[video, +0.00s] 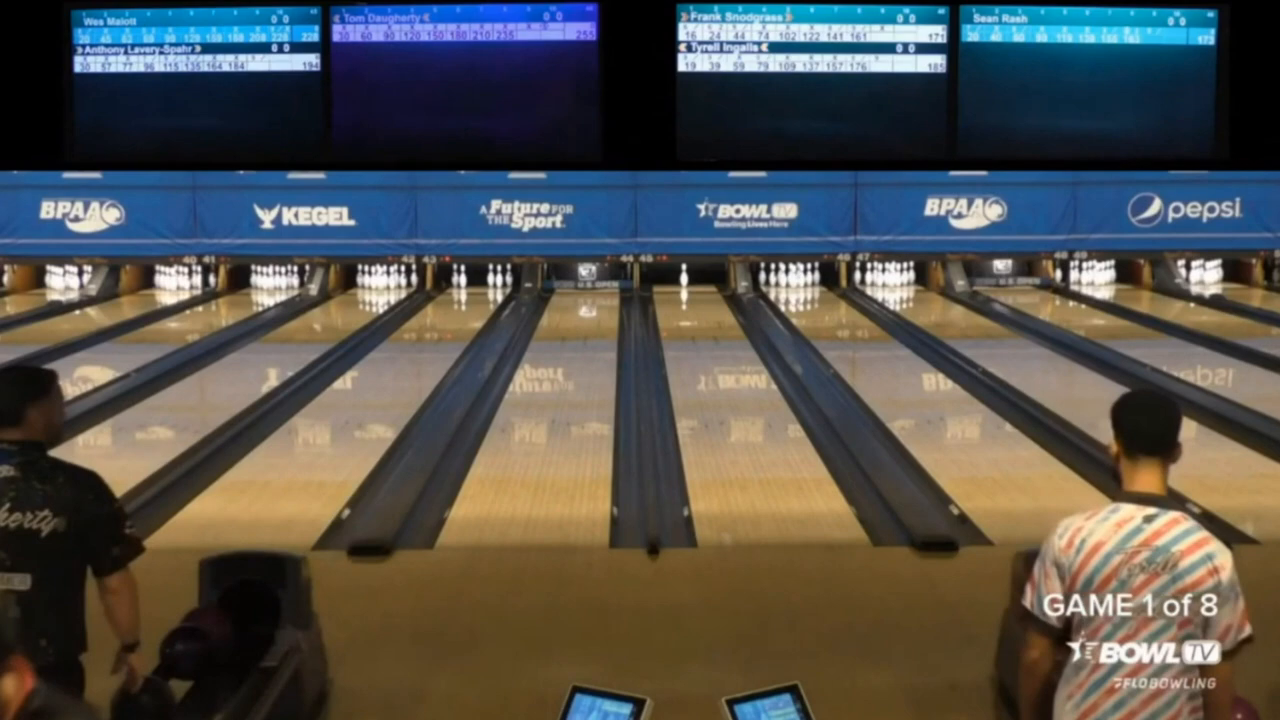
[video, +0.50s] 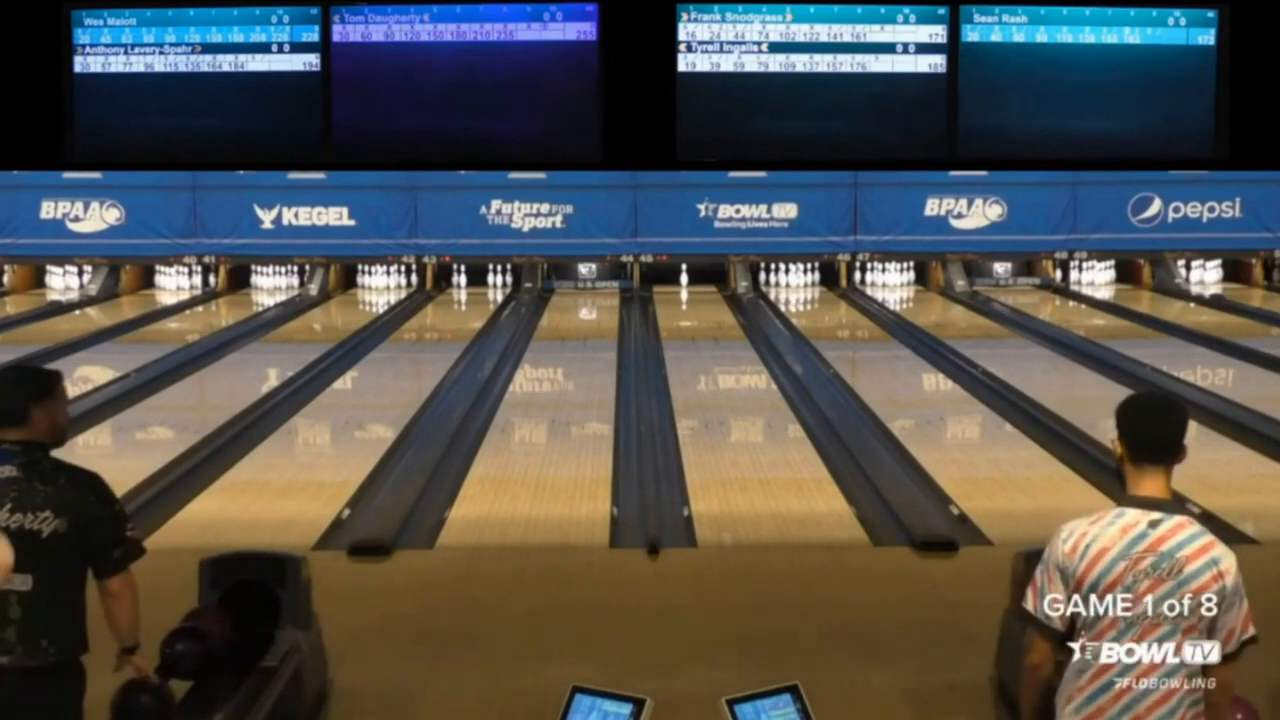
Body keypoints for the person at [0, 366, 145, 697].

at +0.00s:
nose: (64, 412)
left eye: (62, 402)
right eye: (58, 402)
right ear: (33, 412)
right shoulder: (78, 487)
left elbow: (114, 580)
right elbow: (114, 581)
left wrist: (130, 646)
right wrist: (130, 647)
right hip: (50, 671)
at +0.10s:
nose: (64, 411)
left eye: (62, 401)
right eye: (58, 402)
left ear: (7, 408)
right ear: (34, 410)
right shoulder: (79, 487)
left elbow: (113, 581)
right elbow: (113, 580)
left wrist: (128, 647)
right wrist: (130, 647)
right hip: (46, 669)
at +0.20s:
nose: (66, 412)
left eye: (63, 402)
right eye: (59, 403)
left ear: (7, 408)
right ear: (35, 410)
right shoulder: (79, 488)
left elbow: (114, 582)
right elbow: (114, 581)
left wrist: (128, 647)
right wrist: (129, 647)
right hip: (47, 672)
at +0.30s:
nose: (66, 412)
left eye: (63, 402)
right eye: (59, 403)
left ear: (6, 409)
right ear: (35, 410)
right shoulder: (79, 488)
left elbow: (114, 584)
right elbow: (114, 583)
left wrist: (128, 648)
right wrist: (129, 648)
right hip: (48, 673)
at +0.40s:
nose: (67, 413)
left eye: (65, 403)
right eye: (61, 403)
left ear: (7, 408)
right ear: (36, 410)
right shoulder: (79, 488)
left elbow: (114, 585)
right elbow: (114, 585)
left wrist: (128, 649)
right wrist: (130, 649)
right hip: (48, 672)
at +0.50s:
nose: (68, 413)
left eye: (66, 403)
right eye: (61, 403)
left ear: (7, 409)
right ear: (37, 411)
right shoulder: (81, 489)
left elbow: (115, 586)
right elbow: (115, 586)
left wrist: (129, 650)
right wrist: (130, 650)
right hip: (49, 673)